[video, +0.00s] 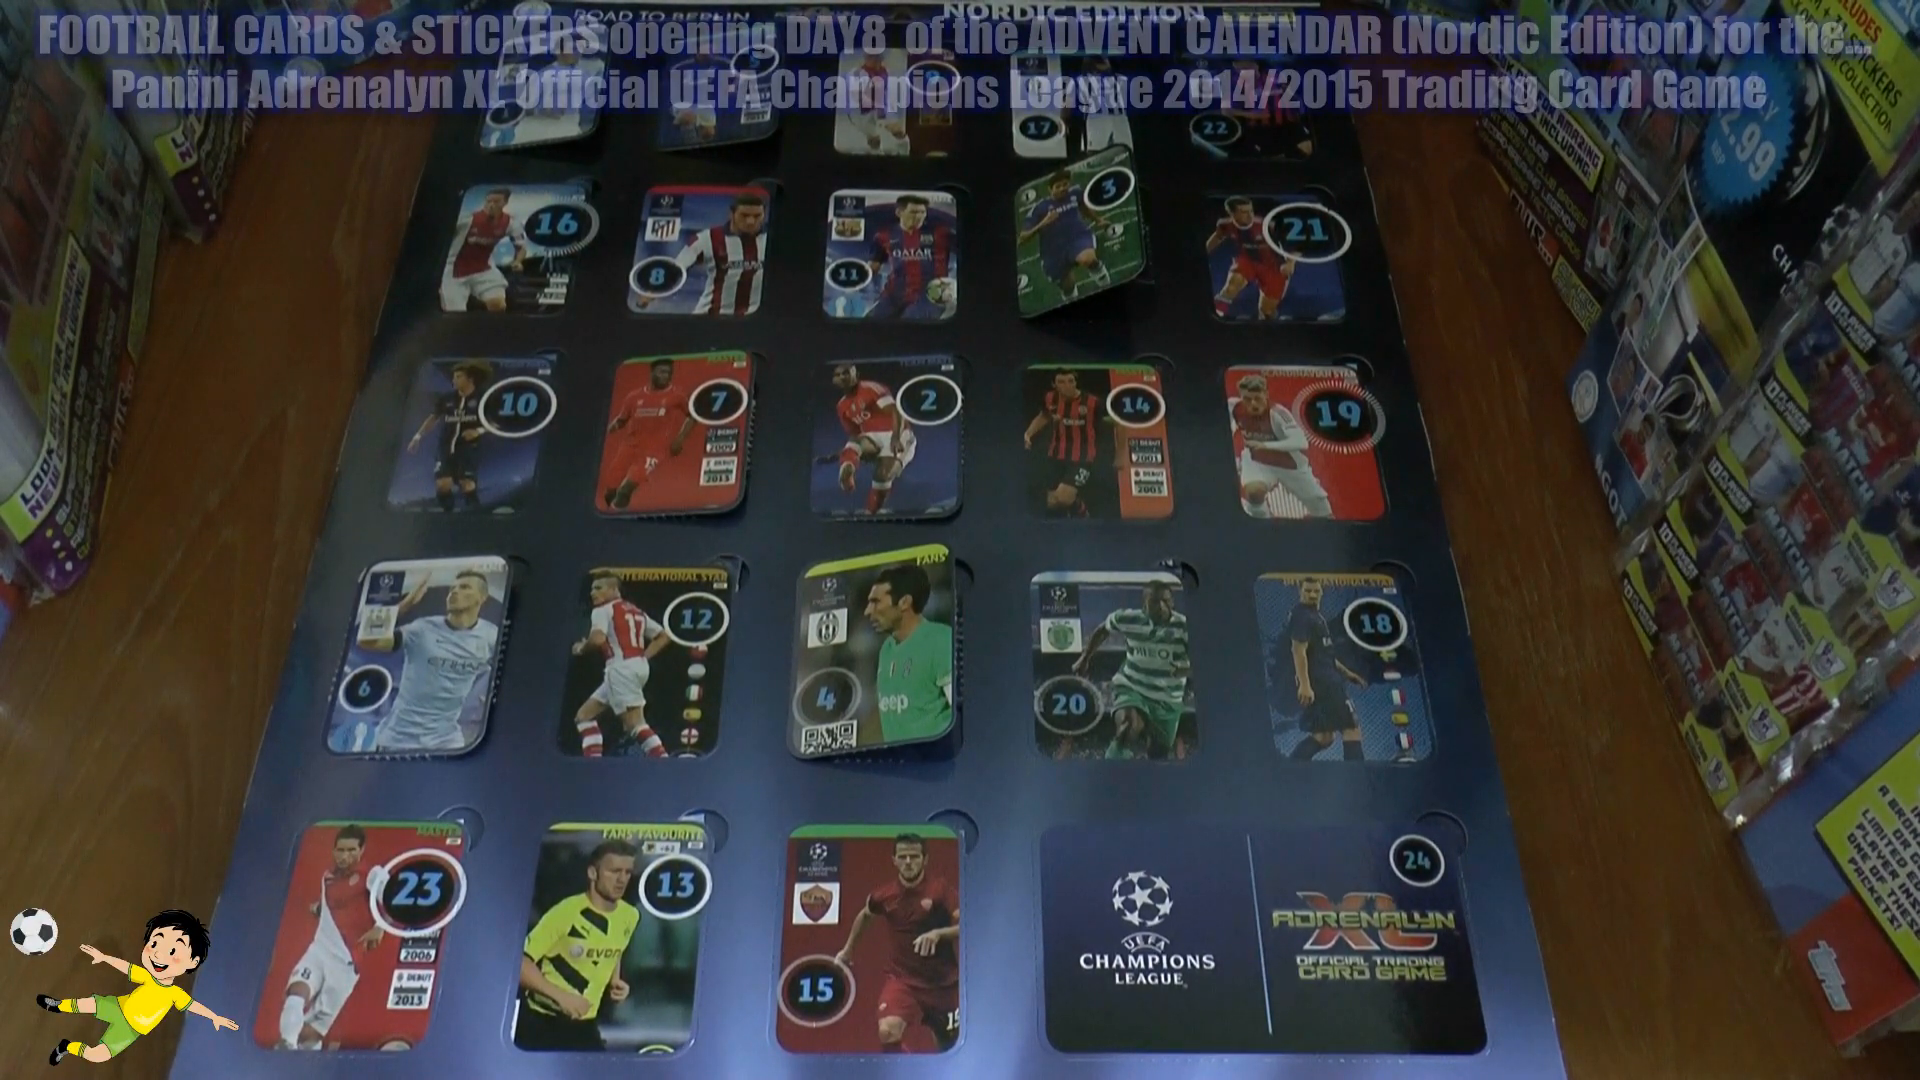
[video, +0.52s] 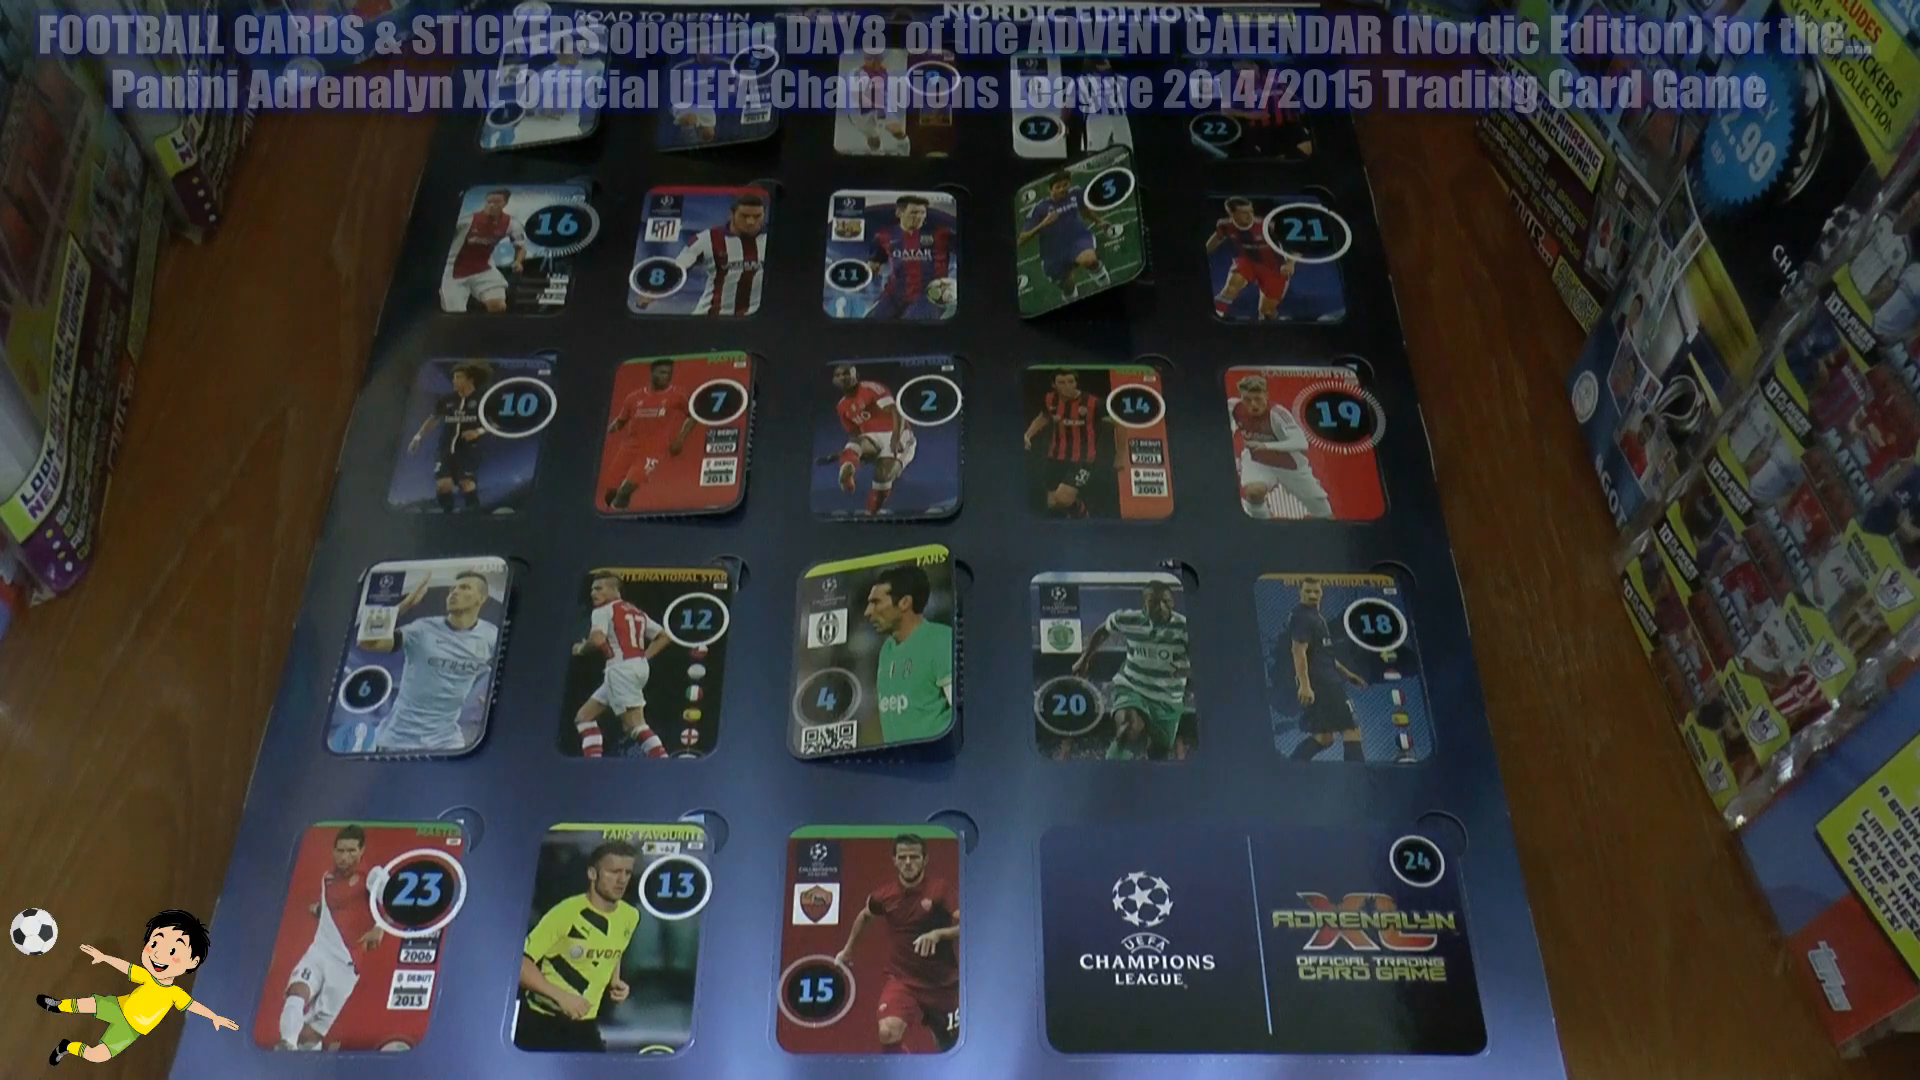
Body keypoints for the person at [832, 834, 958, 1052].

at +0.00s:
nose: (908, 862)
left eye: (914, 857)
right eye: (902, 857)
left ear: (924, 859)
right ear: (894, 861)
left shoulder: (940, 889)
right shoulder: (882, 896)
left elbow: (965, 925)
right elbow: (864, 916)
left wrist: (938, 933)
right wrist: (847, 950)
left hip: (942, 984)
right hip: (902, 980)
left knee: (951, 1050)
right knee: (888, 1032)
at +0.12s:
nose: (908, 863)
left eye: (914, 857)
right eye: (902, 857)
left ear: (924, 860)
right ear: (894, 861)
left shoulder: (941, 889)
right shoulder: (883, 896)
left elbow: (966, 926)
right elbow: (864, 917)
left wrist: (938, 933)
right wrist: (847, 950)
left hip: (943, 984)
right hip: (902, 979)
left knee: (951, 1051)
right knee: (887, 1033)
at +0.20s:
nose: (908, 863)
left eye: (914, 857)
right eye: (902, 858)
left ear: (924, 860)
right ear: (894, 861)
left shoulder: (941, 889)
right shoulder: (883, 896)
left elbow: (967, 926)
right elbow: (864, 917)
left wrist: (939, 933)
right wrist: (847, 950)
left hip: (943, 984)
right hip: (902, 980)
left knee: (952, 1051)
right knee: (887, 1033)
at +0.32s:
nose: (908, 863)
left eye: (914, 857)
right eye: (902, 858)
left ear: (925, 861)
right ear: (894, 861)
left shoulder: (940, 890)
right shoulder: (882, 897)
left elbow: (966, 926)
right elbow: (865, 917)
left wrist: (938, 934)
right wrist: (847, 951)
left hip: (942, 984)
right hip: (902, 980)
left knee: (952, 1051)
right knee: (887, 1033)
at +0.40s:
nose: (908, 863)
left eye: (914, 857)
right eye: (902, 858)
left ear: (924, 860)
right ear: (894, 861)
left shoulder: (940, 890)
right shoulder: (882, 896)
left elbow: (965, 927)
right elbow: (864, 917)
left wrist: (938, 934)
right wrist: (847, 950)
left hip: (942, 984)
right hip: (902, 980)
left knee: (951, 1050)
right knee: (887, 1033)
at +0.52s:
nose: (908, 863)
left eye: (914, 857)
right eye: (902, 858)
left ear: (924, 860)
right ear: (894, 861)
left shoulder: (940, 890)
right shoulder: (883, 896)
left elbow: (965, 926)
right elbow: (864, 917)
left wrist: (938, 934)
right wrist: (847, 950)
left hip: (943, 984)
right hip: (902, 980)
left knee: (952, 1051)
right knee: (887, 1033)